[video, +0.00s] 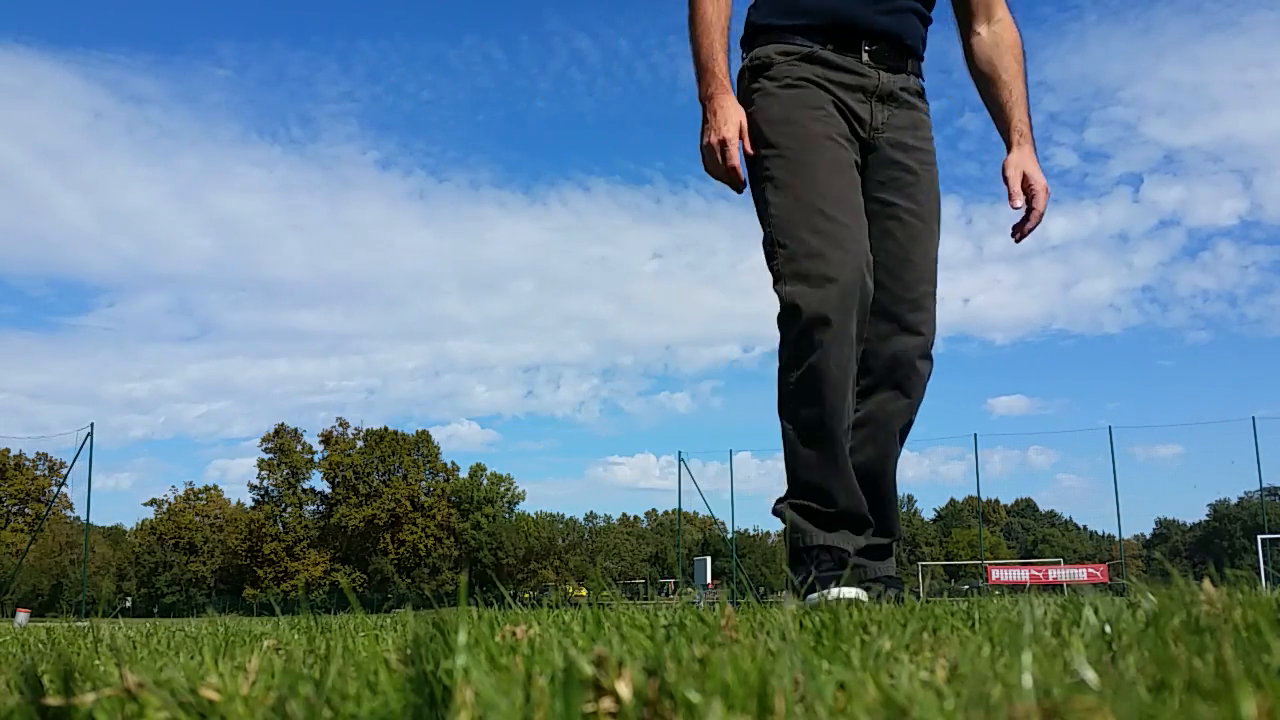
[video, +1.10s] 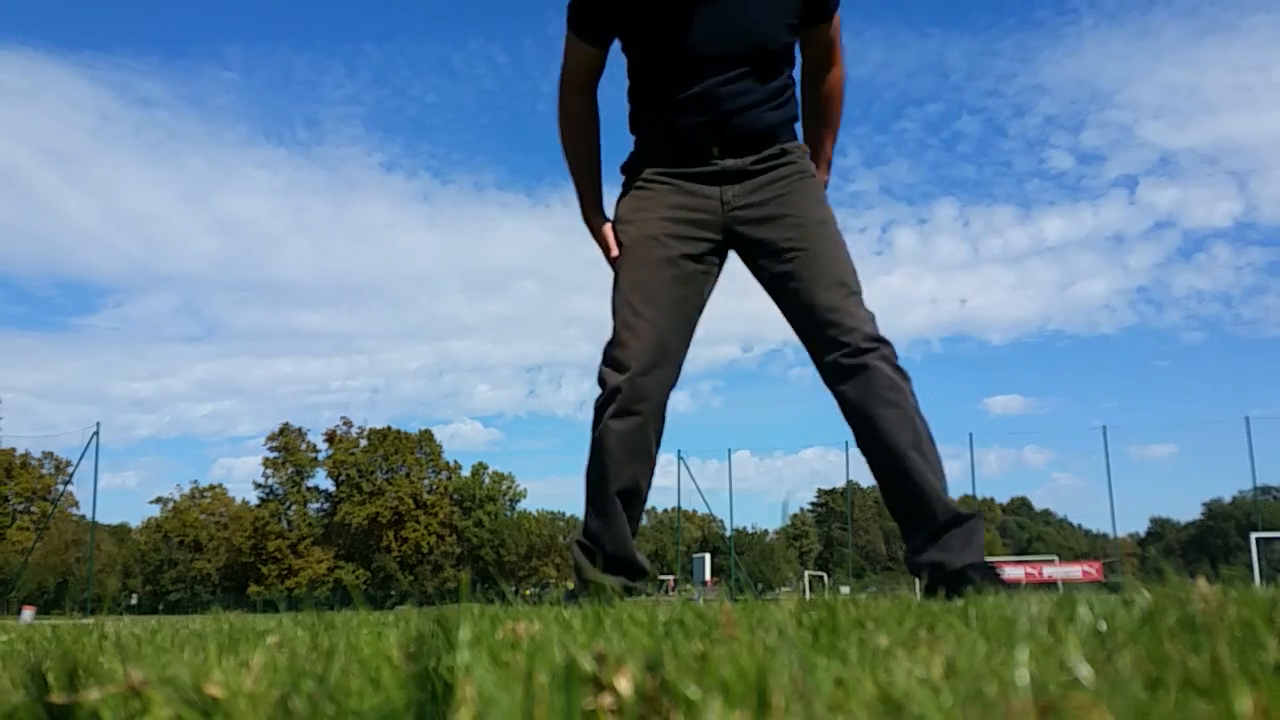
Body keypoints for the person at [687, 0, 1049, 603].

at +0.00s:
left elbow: (987, 18)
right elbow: (713, 0)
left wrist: (1019, 139)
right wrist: (717, 94)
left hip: (902, 88)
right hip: (798, 70)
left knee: (905, 333)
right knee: (828, 292)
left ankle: (869, 561)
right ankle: (825, 555)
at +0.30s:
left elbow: (1014, 9)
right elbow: (740, 1)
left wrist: (999, 128)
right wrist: (751, 130)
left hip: (935, 99)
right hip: (825, 95)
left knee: (987, 309)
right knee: (864, 318)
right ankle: (912, 554)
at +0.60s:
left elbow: (1025, 45)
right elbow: (759, 21)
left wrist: (970, 178)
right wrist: (756, 140)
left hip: (924, 126)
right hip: (811, 126)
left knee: (956, 326)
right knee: (820, 317)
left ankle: (969, 566)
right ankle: (835, 561)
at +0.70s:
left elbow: (1006, 49)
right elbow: (746, 21)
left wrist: (962, 182)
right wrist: (740, 139)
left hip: (913, 131)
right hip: (799, 131)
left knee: (947, 328)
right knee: (776, 319)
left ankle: (967, 567)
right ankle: (753, 557)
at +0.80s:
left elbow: (987, 53)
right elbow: (722, 34)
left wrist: (959, 188)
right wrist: (716, 162)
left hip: (896, 142)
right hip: (778, 142)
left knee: (937, 334)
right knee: (730, 328)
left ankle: (964, 567)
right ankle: (679, 555)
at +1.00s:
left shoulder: (868, 1)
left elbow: (895, 64)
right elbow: (632, 79)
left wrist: (895, 197)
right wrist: (637, 208)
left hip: (823, 171)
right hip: (708, 180)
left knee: (892, 344)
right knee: (657, 366)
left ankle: (961, 566)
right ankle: (604, 575)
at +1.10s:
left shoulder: (808, 2)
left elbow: (823, 61)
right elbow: (576, 86)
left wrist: (817, 169)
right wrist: (593, 212)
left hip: (778, 175)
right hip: (666, 185)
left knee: (856, 348)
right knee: (633, 373)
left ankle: (953, 563)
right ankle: (605, 579)